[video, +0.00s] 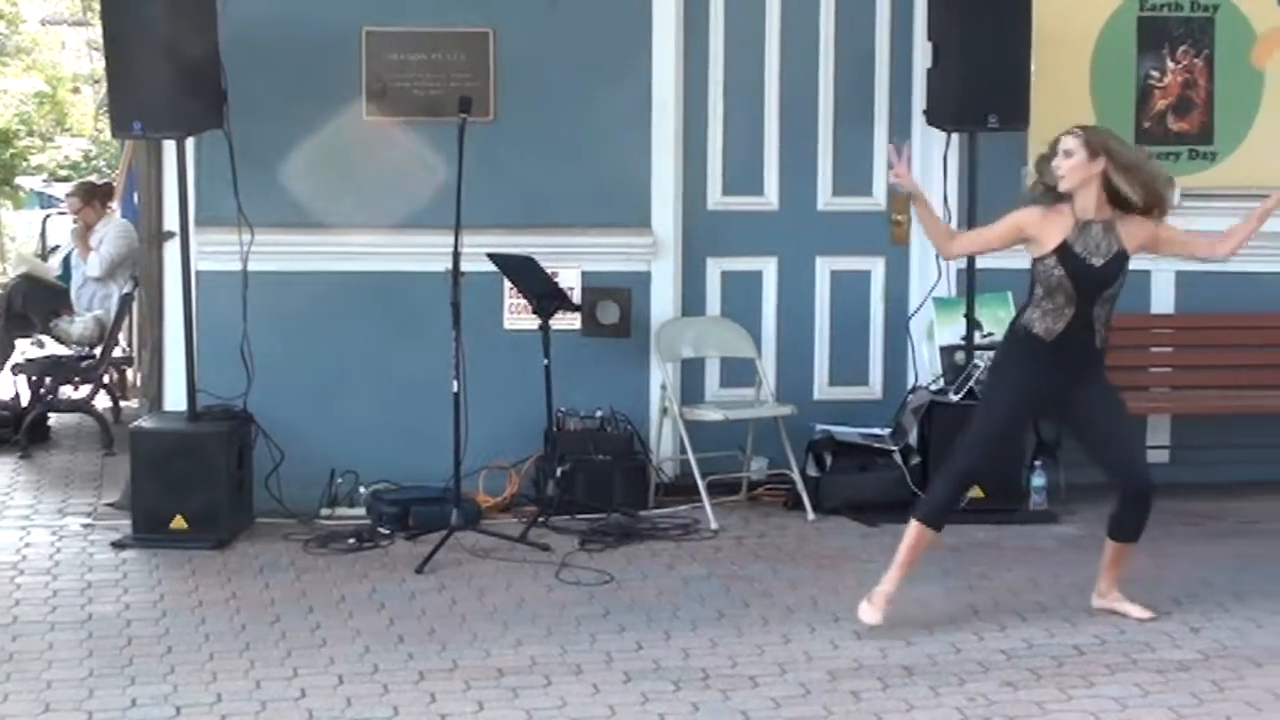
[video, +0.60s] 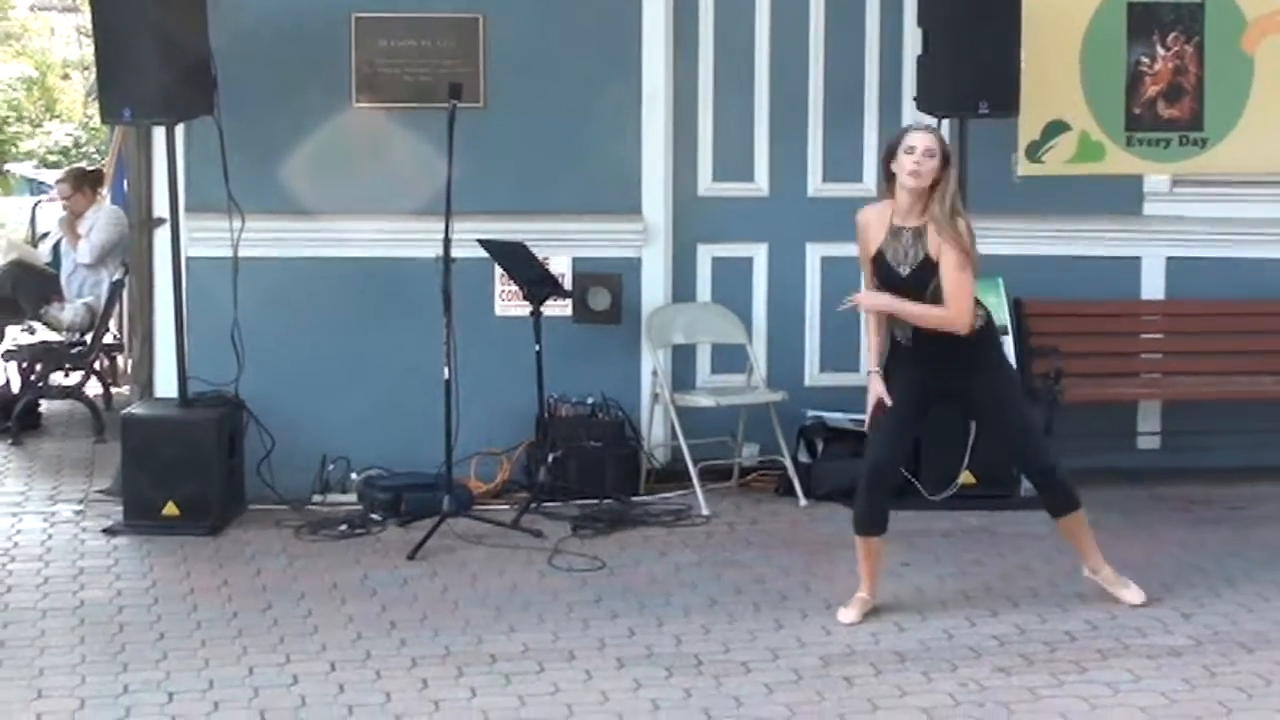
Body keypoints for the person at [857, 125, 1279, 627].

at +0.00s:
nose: (1055, 163)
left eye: (1068, 153)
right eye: (1054, 155)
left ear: (1101, 164)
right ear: (1058, 168)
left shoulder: (1133, 229)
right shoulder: (1037, 220)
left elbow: (1219, 248)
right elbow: (951, 247)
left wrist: (1267, 208)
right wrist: (914, 193)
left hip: (1083, 375)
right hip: (1022, 366)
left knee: (1137, 482)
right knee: (963, 467)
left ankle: (1107, 591)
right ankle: (887, 587)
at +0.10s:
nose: (1033, 172)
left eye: (1043, 164)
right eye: (1034, 163)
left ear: (1076, 174)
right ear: (1049, 176)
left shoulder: (1117, 243)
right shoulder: (1016, 231)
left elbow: (1194, 288)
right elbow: (931, 261)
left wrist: (1252, 270)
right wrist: (866, 229)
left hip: (1067, 384)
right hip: (1003, 375)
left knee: (1127, 485)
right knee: (941, 479)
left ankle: (1096, 589)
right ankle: (865, 594)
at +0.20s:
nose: (1008, 177)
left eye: (1019, 169)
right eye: (1010, 169)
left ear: (1050, 179)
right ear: (1026, 179)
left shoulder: (1086, 252)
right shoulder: (989, 237)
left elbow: (1143, 324)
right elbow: (911, 284)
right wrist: (835, 288)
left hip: (1048, 387)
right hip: (981, 378)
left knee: (1112, 482)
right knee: (927, 482)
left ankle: (1090, 590)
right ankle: (858, 599)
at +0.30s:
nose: (973, 182)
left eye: (985, 175)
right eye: (975, 174)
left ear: (1016, 186)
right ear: (999, 187)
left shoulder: (1050, 258)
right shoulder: (959, 244)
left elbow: (1057, 346)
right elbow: (902, 311)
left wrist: (1058, 429)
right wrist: (837, 346)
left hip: (1022, 391)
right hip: (955, 388)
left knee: (1093, 484)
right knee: (905, 485)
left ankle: (1087, 589)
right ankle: (858, 602)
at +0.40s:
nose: (938, 183)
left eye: (949, 176)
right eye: (940, 174)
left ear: (979, 189)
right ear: (948, 187)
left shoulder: (1004, 255)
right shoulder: (931, 242)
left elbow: (966, 348)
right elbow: (903, 321)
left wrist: (910, 412)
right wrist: (858, 381)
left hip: (1002, 383)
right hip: (939, 376)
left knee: (1072, 482)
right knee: (888, 477)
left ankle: (1089, 588)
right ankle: (860, 602)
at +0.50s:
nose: (908, 176)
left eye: (921, 170)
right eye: (909, 168)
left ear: (948, 185)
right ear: (909, 181)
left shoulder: (963, 248)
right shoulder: (898, 235)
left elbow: (931, 337)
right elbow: (893, 317)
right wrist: (868, 382)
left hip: (986, 368)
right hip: (924, 367)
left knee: (1043, 474)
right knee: (878, 471)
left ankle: (1088, 581)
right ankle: (862, 597)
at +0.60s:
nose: (919, 161)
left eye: (930, 156)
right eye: (911, 152)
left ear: (941, 170)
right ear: (892, 161)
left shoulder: (950, 227)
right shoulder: (870, 221)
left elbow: (960, 318)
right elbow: (875, 297)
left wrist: (887, 303)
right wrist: (875, 370)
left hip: (973, 357)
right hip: (912, 359)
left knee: (1038, 459)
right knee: (877, 466)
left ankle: (1097, 567)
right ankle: (866, 591)